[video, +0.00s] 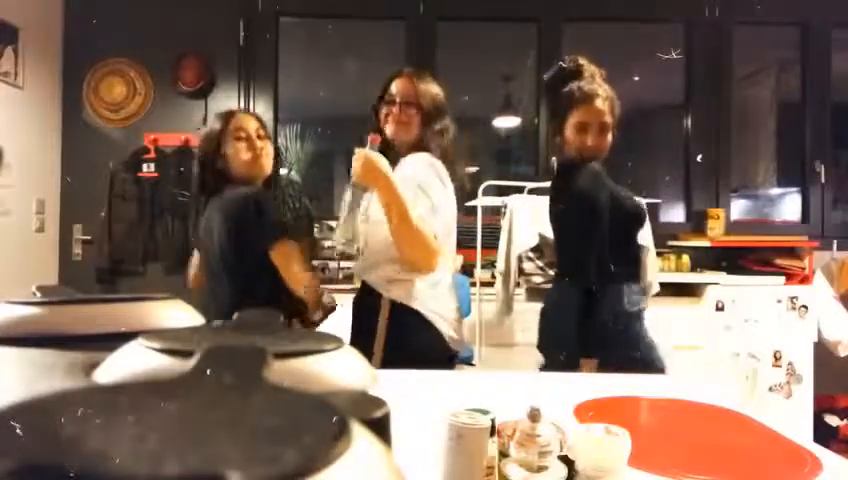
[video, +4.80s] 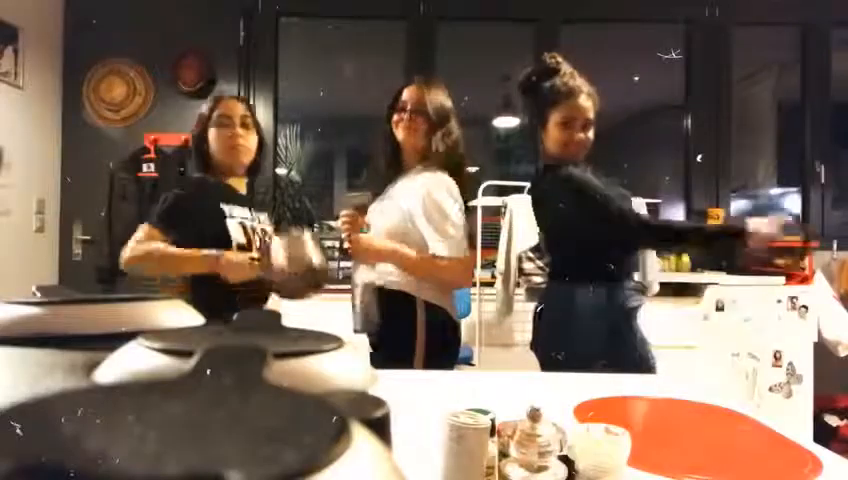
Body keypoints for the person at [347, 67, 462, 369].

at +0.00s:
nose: (395, 112)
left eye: (408, 105)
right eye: (389, 102)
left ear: (430, 117)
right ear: (379, 110)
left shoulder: (420, 168)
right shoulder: (402, 168)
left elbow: (423, 257)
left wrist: (383, 182)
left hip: (403, 313)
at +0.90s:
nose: (365, 121)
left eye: (378, 115)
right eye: (361, 113)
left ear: (404, 124)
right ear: (355, 117)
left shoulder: (395, 173)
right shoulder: (410, 175)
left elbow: (409, 256)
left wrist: (363, 191)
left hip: (389, 316)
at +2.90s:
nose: (396, 124)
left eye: (409, 118)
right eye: (392, 116)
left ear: (431, 129)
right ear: (385, 122)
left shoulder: (426, 170)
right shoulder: (412, 172)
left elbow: (439, 250)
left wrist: (372, 224)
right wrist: (370, 228)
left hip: (424, 311)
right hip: (410, 308)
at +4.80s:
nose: (404, 118)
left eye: (416, 112)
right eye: (399, 109)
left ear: (438, 123)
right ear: (392, 117)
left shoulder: (436, 184)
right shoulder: (405, 182)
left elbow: (461, 272)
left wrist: (386, 252)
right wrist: (362, 231)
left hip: (419, 316)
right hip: (392, 310)